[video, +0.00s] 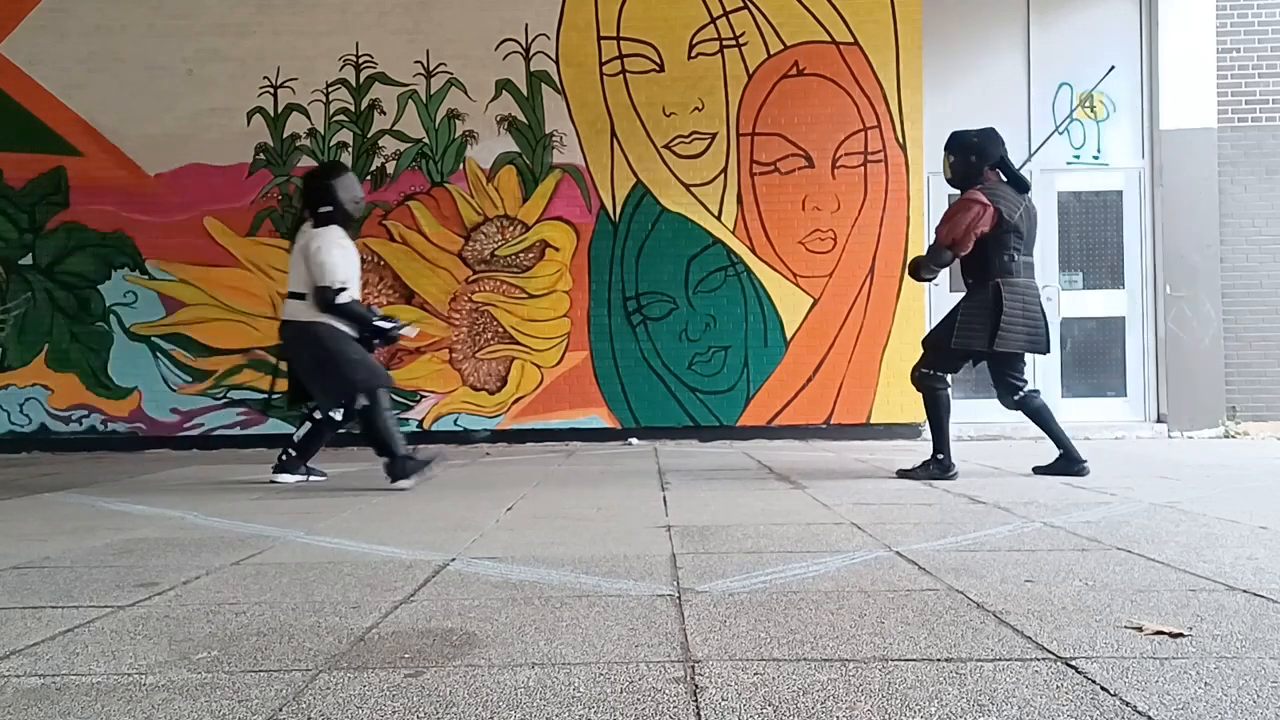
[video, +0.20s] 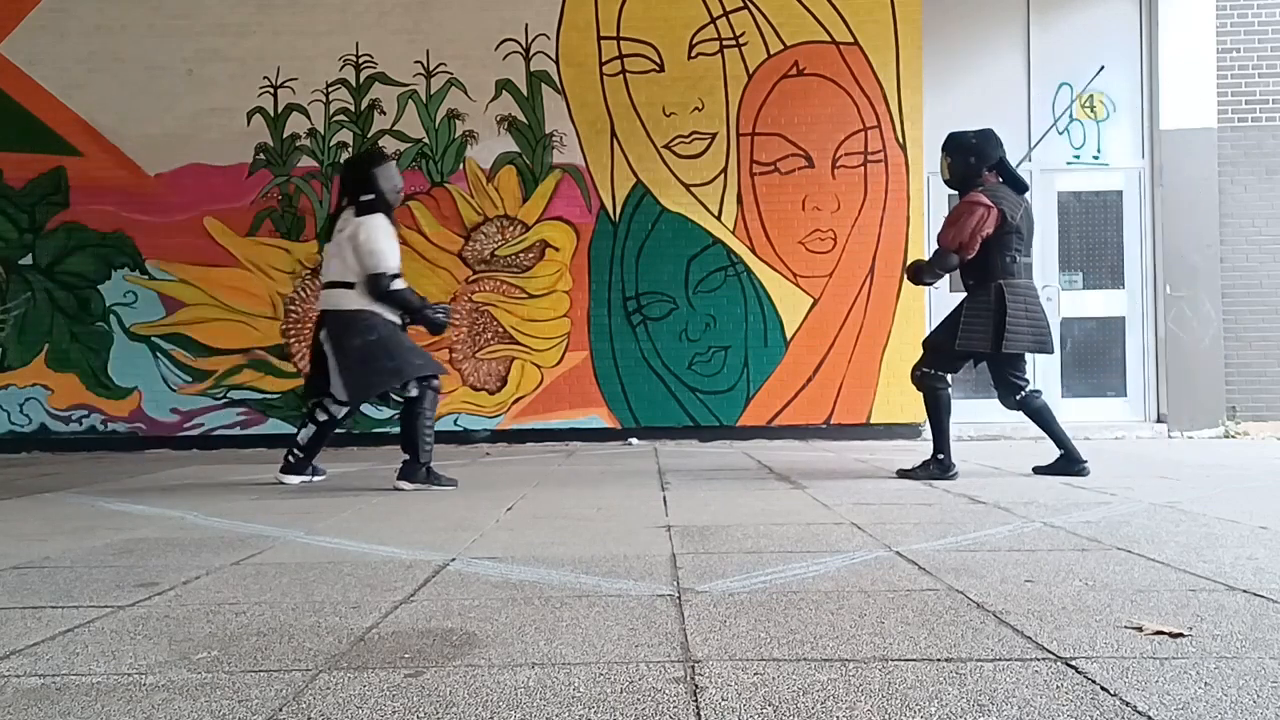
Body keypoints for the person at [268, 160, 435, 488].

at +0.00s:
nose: (360, 195)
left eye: (357, 187)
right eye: (352, 188)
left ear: (323, 198)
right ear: (332, 196)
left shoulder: (311, 231)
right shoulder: (328, 237)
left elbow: (326, 296)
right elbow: (330, 298)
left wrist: (362, 323)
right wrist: (375, 322)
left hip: (301, 330)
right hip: (317, 331)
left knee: (340, 401)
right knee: (372, 384)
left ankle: (292, 462)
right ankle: (398, 460)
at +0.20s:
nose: (401, 184)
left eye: (398, 175)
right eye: (393, 178)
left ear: (362, 186)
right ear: (372, 184)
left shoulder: (346, 219)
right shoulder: (373, 221)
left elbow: (355, 285)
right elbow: (382, 283)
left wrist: (409, 309)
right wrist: (423, 311)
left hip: (335, 324)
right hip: (362, 324)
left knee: (342, 395)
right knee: (424, 380)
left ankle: (297, 461)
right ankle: (418, 467)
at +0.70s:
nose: (428, 176)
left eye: (426, 168)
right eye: (422, 168)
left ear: (378, 174)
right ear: (408, 175)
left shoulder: (358, 213)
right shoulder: (409, 216)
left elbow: (355, 273)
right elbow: (417, 284)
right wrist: (447, 322)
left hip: (346, 311)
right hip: (388, 313)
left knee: (356, 395)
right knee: (459, 365)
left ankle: (335, 467)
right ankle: (451, 455)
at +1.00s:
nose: (458, 176)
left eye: (456, 169)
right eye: (453, 169)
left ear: (408, 175)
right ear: (440, 175)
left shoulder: (388, 216)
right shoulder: (444, 217)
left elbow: (384, 275)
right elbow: (457, 286)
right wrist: (478, 329)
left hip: (387, 313)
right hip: (428, 314)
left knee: (378, 396)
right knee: (496, 374)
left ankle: (339, 467)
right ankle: (497, 465)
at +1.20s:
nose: (495, 167)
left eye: (492, 159)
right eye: (490, 160)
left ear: (445, 166)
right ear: (474, 166)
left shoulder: (422, 205)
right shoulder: (479, 209)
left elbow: (418, 263)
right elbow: (488, 278)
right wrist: (512, 322)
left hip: (418, 305)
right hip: (461, 307)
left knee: (414, 384)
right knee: (519, 377)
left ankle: (395, 457)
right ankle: (500, 465)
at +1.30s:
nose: (507, 171)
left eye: (505, 163)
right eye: (502, 164)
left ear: (458, 169)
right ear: (486, 170)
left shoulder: (434, 207)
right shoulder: (487, 212)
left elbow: (433, 267)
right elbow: (495, 279)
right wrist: (525, 311)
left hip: (425, 311)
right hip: (469, 312)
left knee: (428, 391)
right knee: (538, 369)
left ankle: (408, 469)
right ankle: (512, 453)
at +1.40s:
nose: (519, 179)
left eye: (517, 170)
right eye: (514, 171)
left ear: (469, 175)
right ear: (499, 175)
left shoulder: (449, 212)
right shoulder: (499, 216)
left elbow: (460, 269)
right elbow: (515, 280)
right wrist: (556, 294)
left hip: (441, 310)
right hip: (483, 313)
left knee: (437, 393)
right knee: (555, 365)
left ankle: (409, 470)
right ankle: (563, 451)